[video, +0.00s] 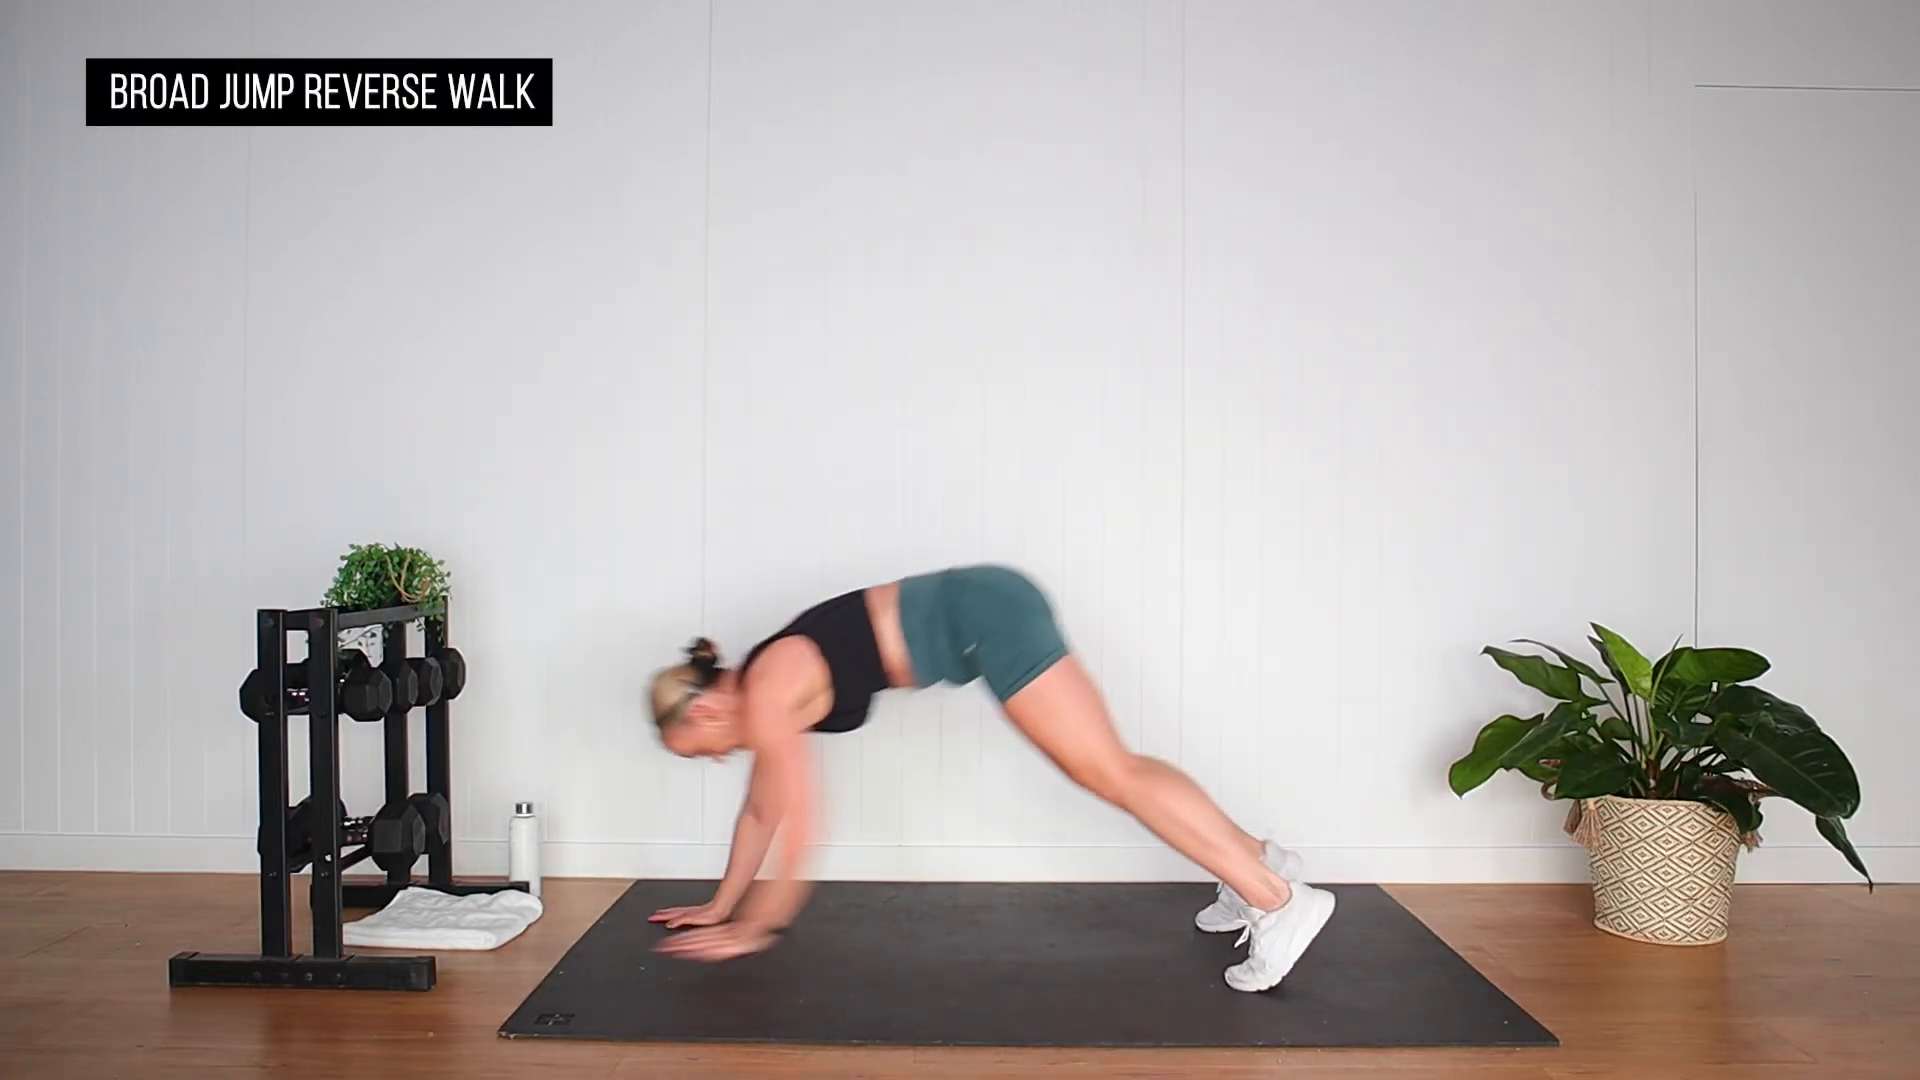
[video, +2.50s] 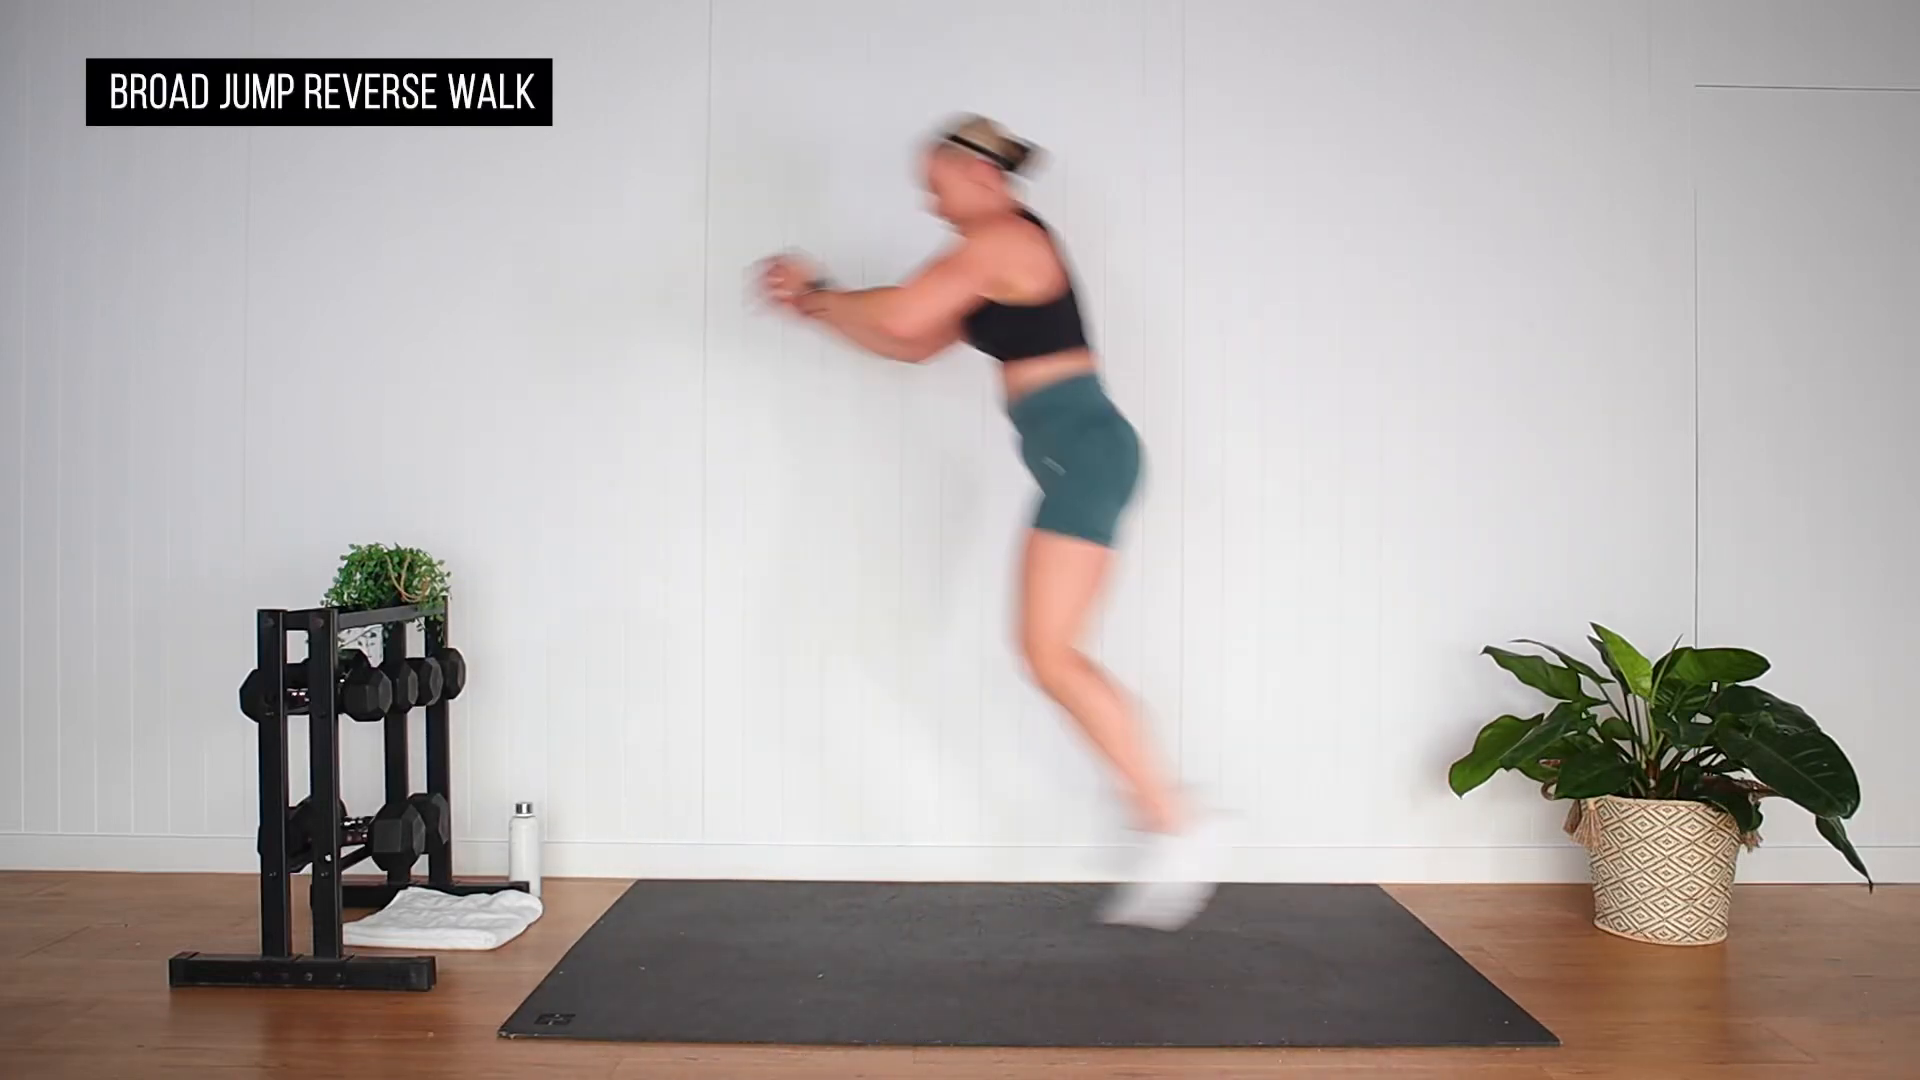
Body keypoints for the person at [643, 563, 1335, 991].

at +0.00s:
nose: (708, 761)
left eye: (695, 748)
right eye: (693, 754)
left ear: (707, 708)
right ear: (709, 698)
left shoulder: (771, 694)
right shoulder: (763, 685)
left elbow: (799, 828)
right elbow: (759, 809)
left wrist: (761, 926)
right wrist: (724, 904)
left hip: (987, 614)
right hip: (984, 613)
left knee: (1109, 774)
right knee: (1111, 766)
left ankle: (1278, 901)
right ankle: (1258, 869)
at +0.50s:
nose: (919, 784)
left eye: (906, 774)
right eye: (907, 781)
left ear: (914, 734)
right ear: (917, 729)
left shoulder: (972, 717)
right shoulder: (989, 711)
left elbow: (937, 854)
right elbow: (1038, 795)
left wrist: (871, 956)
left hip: (1165, 568)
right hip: (1151, 570)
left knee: (1187, 768)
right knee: (1188, 759)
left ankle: (1323, 924)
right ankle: (1278, 879)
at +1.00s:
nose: (1048, 702)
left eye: (1044, 688)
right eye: (1039, 692)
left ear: (1077, 662)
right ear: (1076, 661)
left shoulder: (1145, 692)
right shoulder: (1123, 674)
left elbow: (1163, 838)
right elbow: (1085, 800)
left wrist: (1112, 946)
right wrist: (1030, 901)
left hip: (1371, 642)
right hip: (1340, 632)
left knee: (1239, 761)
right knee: (1225, 748)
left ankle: (1334, 943)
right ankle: (1286, 891)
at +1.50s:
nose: (1142, 309)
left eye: (1151, 293)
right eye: (1141, 294)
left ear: (1200, 288)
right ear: (1189, 292)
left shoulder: (1232, 368)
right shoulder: (1210, 369)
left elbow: (1138, 469)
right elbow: (1137, 463)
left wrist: (1057, 416)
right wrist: (1060, 416)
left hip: (1365, 546)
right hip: (1323, 551)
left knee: (1304, 735)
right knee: (1265, 719)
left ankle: (1341, 942)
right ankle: (1291, 883)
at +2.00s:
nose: (1068, 350)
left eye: (1076, 333)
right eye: (1066, 336)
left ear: (1122, 324)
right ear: (1118, 330)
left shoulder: (1169, 377)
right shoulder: (1161, 386)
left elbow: (1294, 364)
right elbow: (1278, 390)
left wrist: (1417, 346)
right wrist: (1369, 402)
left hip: (1325, 554)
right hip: (1289, 561)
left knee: (1268, 741)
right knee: (1244, 725)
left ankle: (1339, 940)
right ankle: (1292, 886)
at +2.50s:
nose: (929, 188)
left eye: (938, 173)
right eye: (930, 174)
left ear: (980, 173)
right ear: (985, 175)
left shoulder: (1005, 242)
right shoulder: (1006, 246)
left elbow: (902, 315)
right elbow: (911, 342)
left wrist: (818, 296)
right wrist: (816, 305)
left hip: (1085, 450)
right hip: (1077, 450)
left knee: (1051, 653)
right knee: (1051, 652)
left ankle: (1173, 824)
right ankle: (1166, 819)